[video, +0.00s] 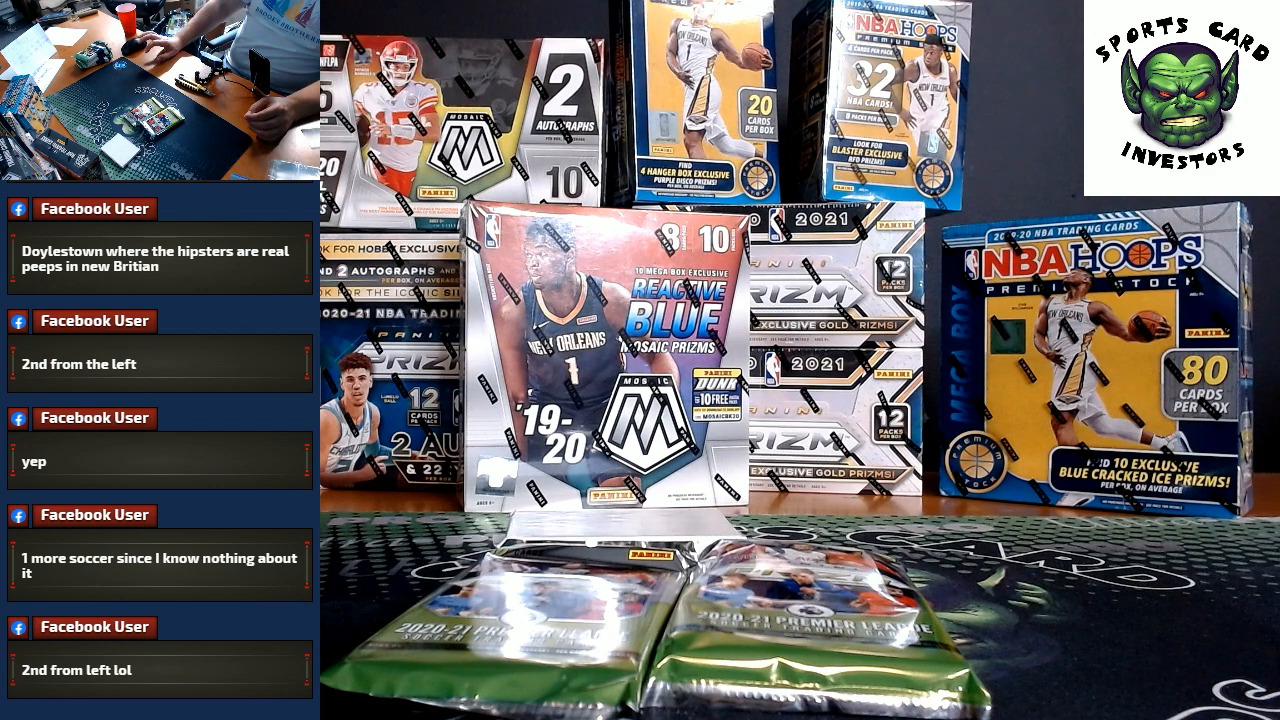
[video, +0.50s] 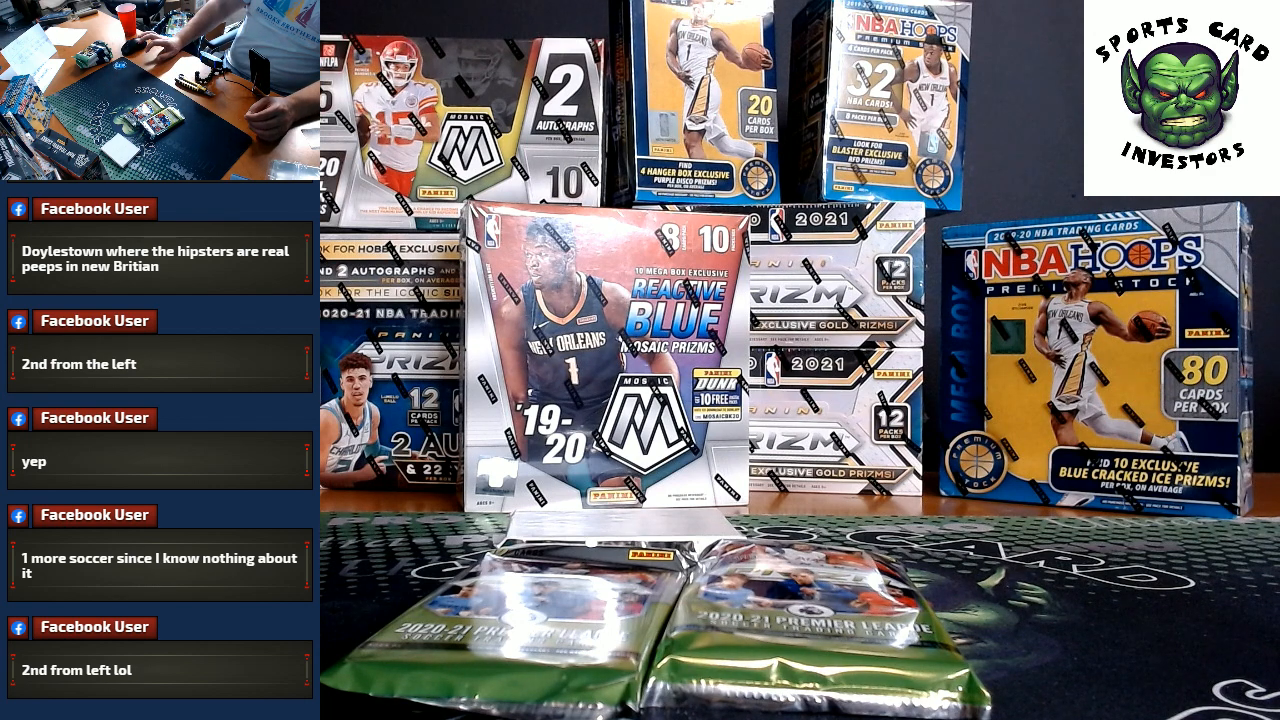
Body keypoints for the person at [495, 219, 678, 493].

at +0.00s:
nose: (532, 263)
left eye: (542, 254)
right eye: (529, 255)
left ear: (569, 255)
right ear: (525, 259)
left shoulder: (611, 299)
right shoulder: (513, 313)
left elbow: (658, 357)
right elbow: (518, 399)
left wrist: (663, 413)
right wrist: (524, 461)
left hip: (610, 421)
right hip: (549, 425)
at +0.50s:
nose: (532, 263)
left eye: (542, 254)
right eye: (529, 255)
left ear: (569, 256)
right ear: (524, 258)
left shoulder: (611, 299)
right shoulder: (513, 313)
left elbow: (658, 357)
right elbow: (518, 399)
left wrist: (662, 413)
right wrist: (524, 460)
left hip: (610, 423)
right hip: (549, 427)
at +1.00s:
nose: (532, 263)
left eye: (542, 254)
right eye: (529, 255)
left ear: (570, 255)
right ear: (525, 259)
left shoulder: (611, 299)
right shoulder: (513, 313)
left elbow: (658, 357)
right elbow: (518, 398)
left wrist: (662, 413)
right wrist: (524, 460)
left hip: (610, 422)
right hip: (549, 427)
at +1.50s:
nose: (533, 264)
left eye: (542, 254)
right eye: (529, 255)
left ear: (569, 255)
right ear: (525, 258)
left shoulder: (611, 299)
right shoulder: (514, 313)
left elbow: (658, 357)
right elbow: (517, 400)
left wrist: (664, 414)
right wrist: (522, 462)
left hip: (610, 424)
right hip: (549, 428)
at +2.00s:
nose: (533, 264)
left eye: (542, 255)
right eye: (530, 255)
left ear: (569, 257)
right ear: (525, 258)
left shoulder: (611, 299)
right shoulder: (514, 312)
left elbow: (657, 356)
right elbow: (517, 400)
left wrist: (666, 412)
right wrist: (521, 465)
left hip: (609, 423)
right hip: (549, 428)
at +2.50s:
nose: (533, 263)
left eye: (543, 254)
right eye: (529, 255)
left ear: (570, 256)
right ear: (525, 258)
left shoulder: (612, 299)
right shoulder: (513, 313)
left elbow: (658, 356)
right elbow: (518, 399)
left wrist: (664, 413)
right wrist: (524, 459)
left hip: (610, 426)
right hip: (549, 430)